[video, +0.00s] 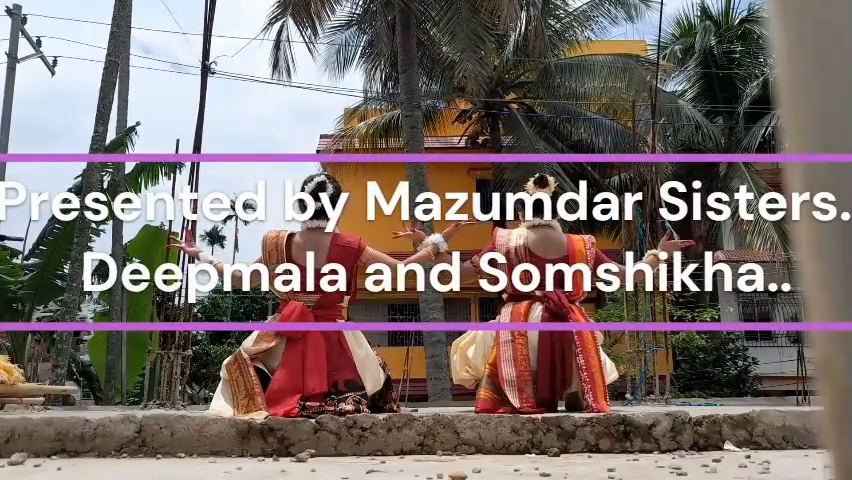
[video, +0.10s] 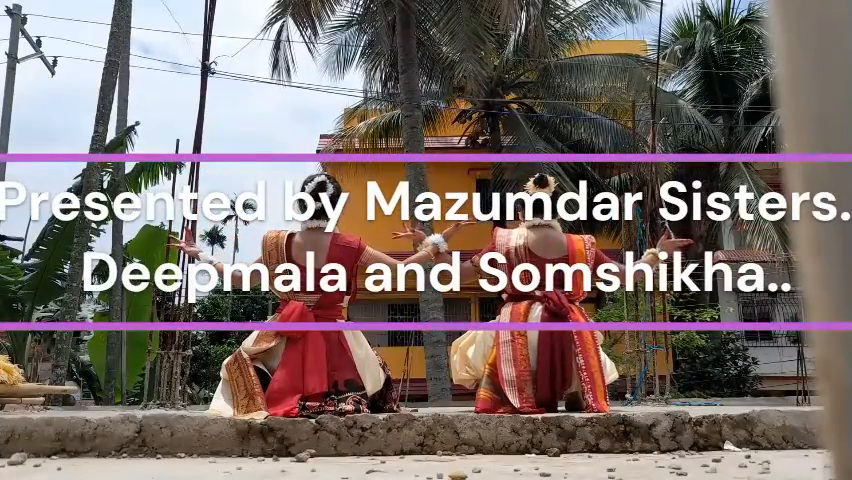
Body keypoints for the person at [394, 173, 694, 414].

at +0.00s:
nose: (531, 206)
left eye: (530, 202)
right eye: (534, 202)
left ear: (523, 206)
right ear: (555, 206)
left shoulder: (504, 243)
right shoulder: (578, 244)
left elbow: (472, 266)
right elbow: (617, 274)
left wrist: (438, 249)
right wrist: (657, 256)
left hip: (515, 328)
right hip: (569, 328)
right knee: (573, 319)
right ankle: (585, 398)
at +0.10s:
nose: (531, 206)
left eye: (530, 202)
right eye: (532, 202)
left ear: (523, 206)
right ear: (556, 206)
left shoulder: (504, 244)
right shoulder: (578, 246)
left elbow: (470, 264)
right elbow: (621, 272)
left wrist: (436, 249)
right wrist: (657, 254)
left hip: (515, 325)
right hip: (568, 328)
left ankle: (515, 404)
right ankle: (578, 398)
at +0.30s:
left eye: (526, 202)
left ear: (523, 207)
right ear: (559, 208)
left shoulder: (504, 240)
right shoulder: (582, 246)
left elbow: (471, 267)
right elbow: (627, 269)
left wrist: (439, 253)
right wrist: (655, 241)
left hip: (513, 333)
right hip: (568, 333)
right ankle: (579, 397)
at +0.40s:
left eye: (531, 202)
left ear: (526, 207)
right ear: (561, 209)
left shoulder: (508, 240)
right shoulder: (583, 246)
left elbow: (477, 270)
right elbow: (628, 271)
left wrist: (440, 254)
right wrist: (653, 242)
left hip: (514, 328)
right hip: (567, 329)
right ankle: (575, 395)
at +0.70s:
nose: (550, 218)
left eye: (546, 212)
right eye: (553, 212)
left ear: (533, 214)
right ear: (572, 214)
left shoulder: (518, 245)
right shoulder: (591, 256)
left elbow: (480, 269)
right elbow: (630, 297)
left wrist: (439, 250)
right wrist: (647, 275)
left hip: (514, 333)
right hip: (568, 336)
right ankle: (575, 397)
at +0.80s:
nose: (555, 215)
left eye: (557, 209)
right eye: (554, 209)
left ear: (540, 211)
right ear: (575, 214)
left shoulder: (522, 240)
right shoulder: (592, 257)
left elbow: (489, 267)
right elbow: (626, 297)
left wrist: (448, 254)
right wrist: (650, 288)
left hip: (517, 331)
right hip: (570, 336)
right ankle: (573, 395)